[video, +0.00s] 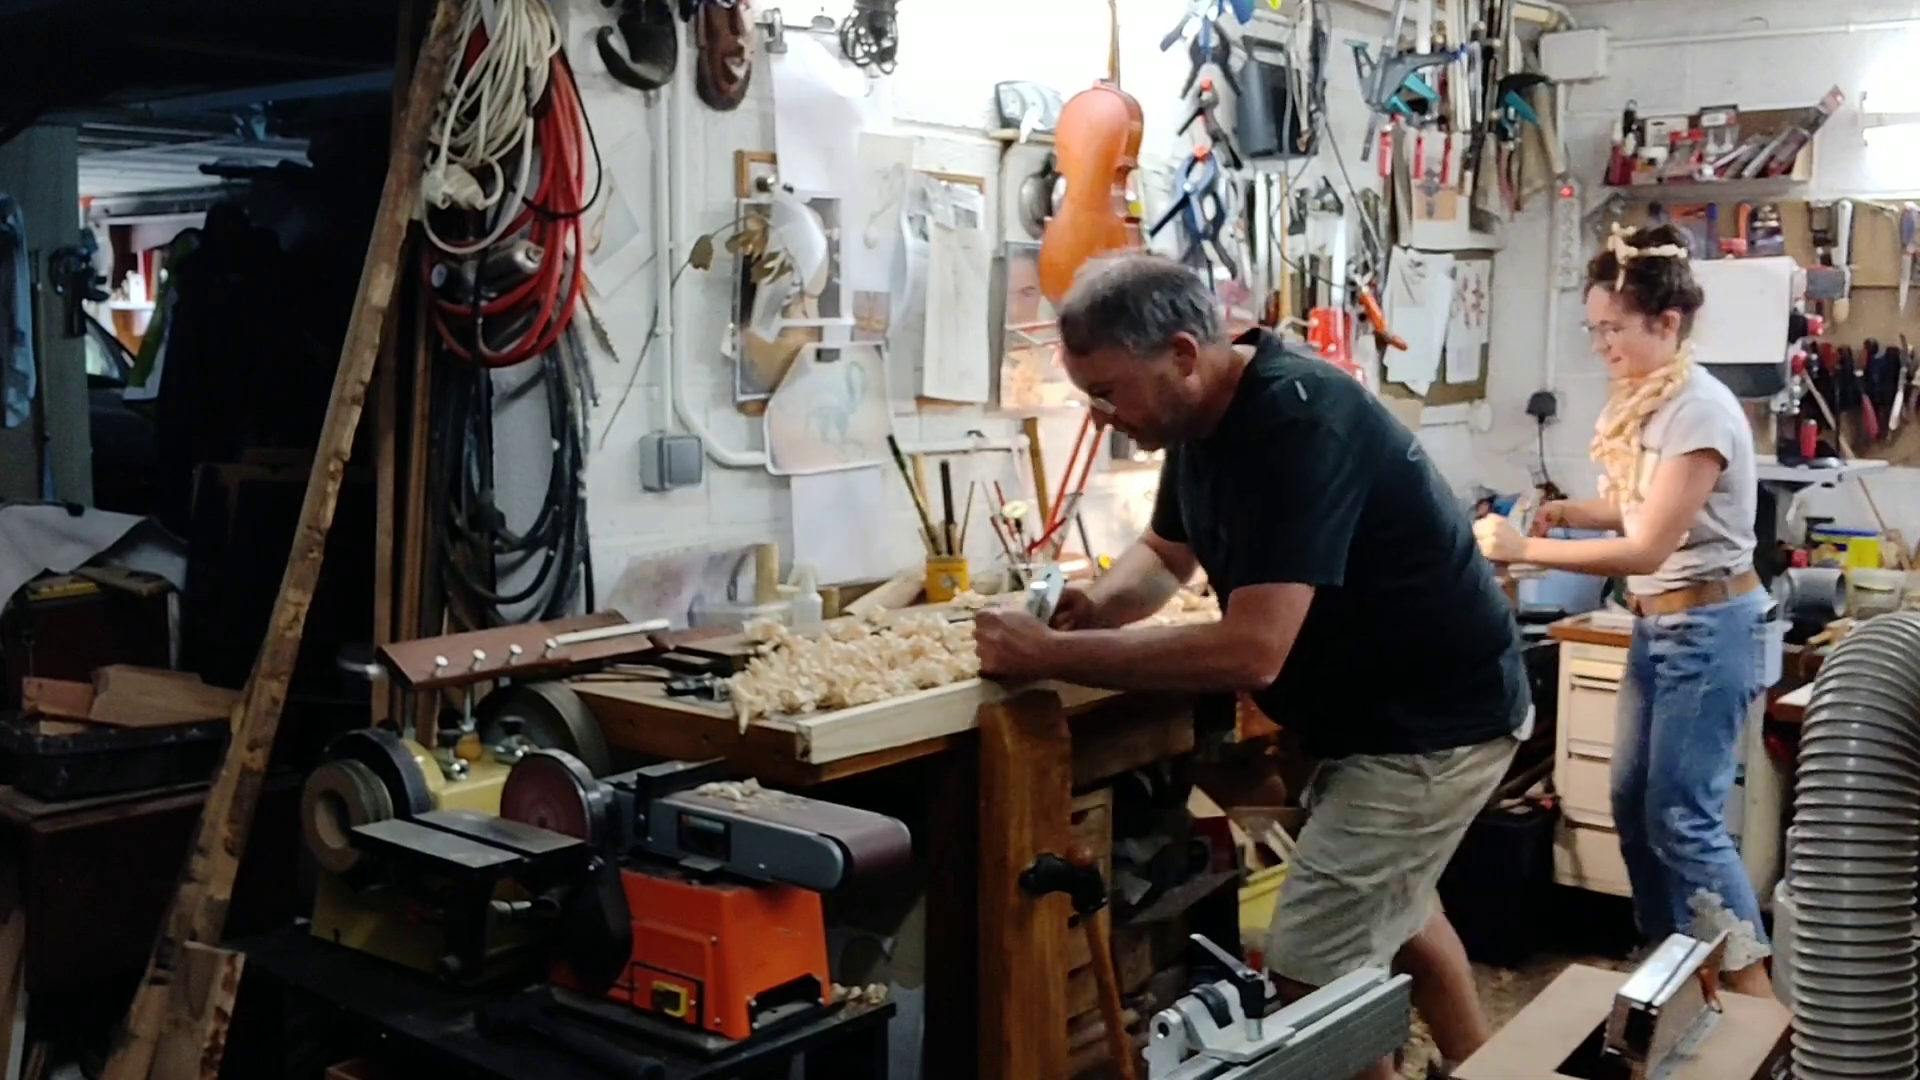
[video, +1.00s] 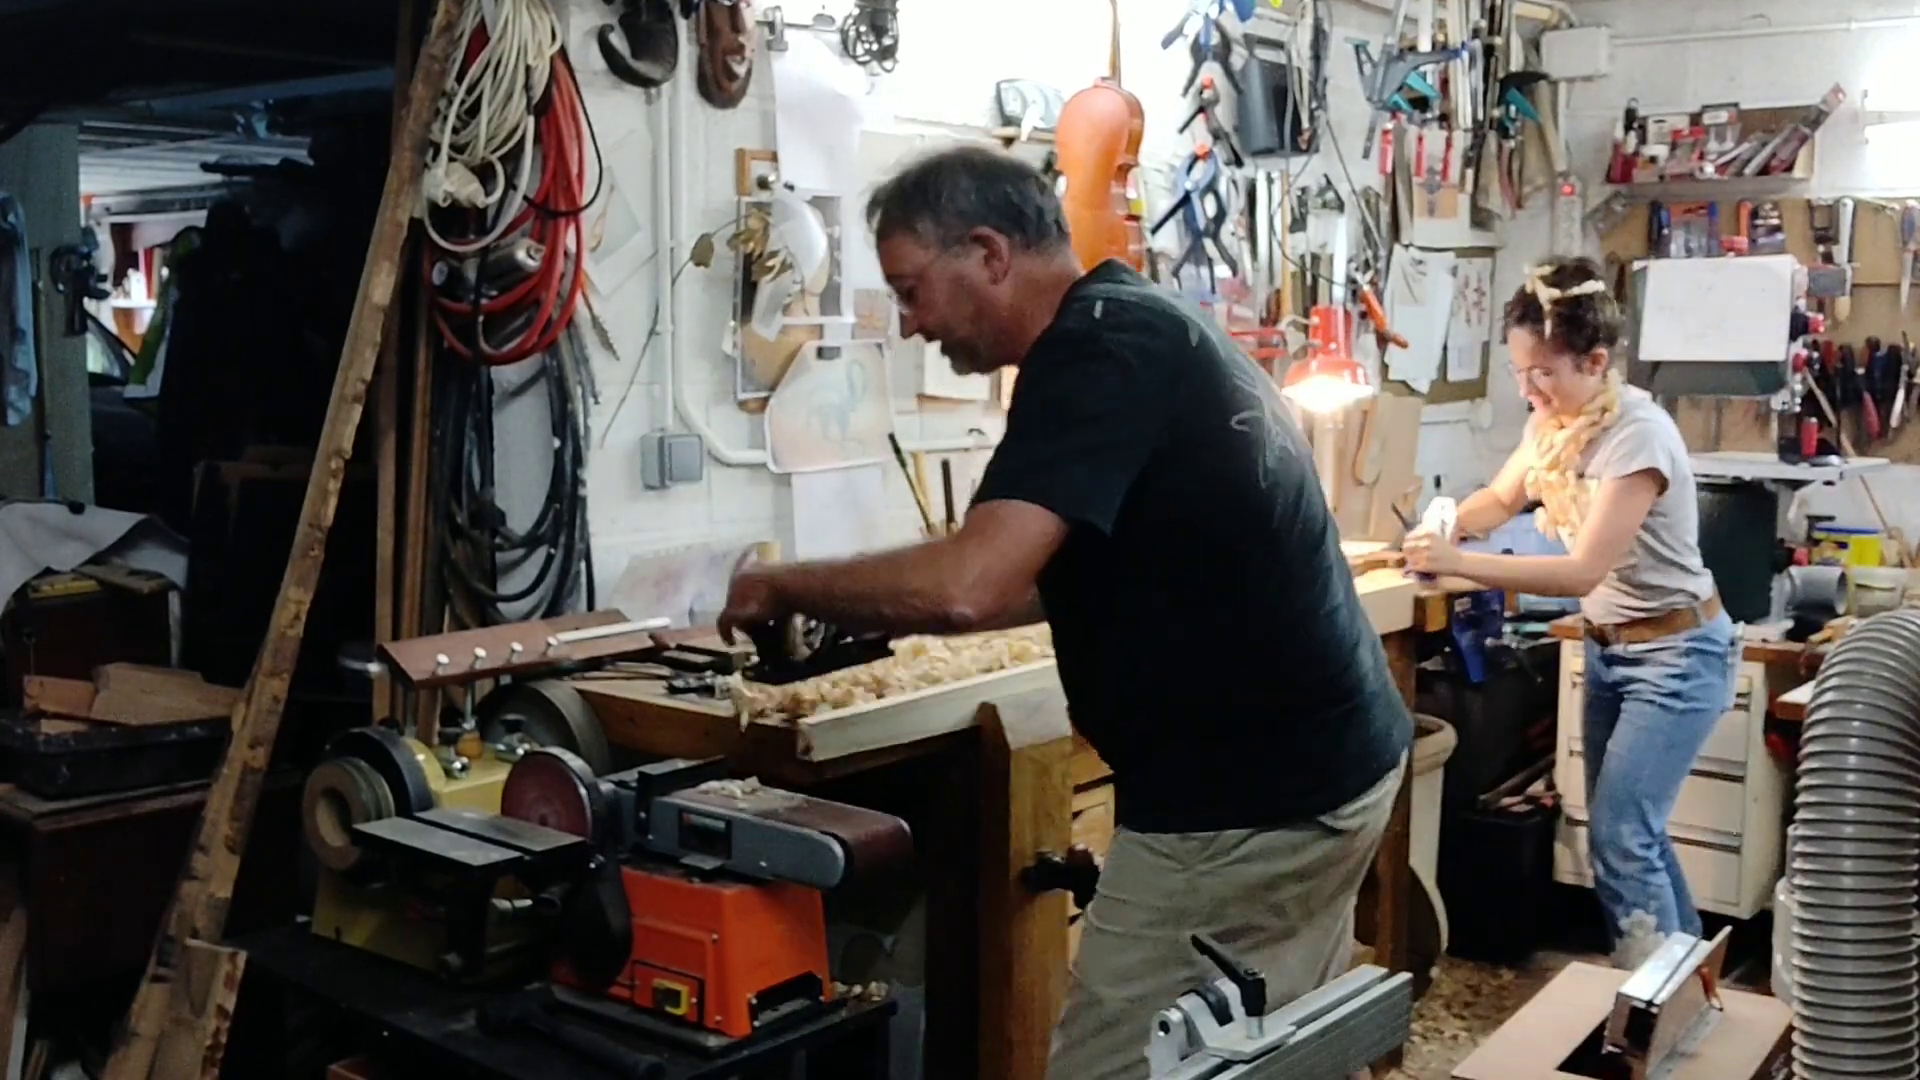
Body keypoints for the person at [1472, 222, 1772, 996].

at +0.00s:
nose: (1600, 345)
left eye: (1610, 328)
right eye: (1594, 330)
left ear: (1666, 321)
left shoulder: (1700, 409)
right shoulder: (1638, 406)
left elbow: (1646, 548)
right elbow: (1631, 510)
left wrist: (1523, 550)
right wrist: (1561, 510)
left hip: (1712, 628)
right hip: (1656, 625)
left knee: (1685, 818)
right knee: (1635, 805)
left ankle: (1749, 982)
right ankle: (1672, 963)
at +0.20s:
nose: (1577, 348)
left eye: (1589, 331)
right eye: (1570, 333)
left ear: (1642, 325)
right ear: (1568, 331)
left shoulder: (1680, 409)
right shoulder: (1601, 409)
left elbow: (1644, 552)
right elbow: (1601, 507)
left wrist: (1527, 549)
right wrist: (1535, 512)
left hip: (1695, 628)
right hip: (1626, 627)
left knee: (1645, 805)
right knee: (1624, 805)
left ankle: (1700, 984)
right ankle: (1669, 971)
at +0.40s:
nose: (1567, 355)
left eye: (1580, 338)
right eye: (1559, 340)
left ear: (1633, 334)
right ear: (1555, 336)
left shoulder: (1671, 414)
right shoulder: (1585, 410)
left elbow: (1636, 555)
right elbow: (1581, 491)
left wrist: (1521, 552)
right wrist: (1523, 510)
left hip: (1686, 636)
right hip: (1613, 632)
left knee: (1638, 811)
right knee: (1616, 807)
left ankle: (1665, 987)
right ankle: (1657, 973)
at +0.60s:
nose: (1556, 369)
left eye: (1570, 353)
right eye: (1547, 353)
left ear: (1623, 344)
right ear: (1539, 343)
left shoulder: (1660, 425)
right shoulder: (1579, 413)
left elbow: (1619, 565)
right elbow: (1565, 488)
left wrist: (1505, 554)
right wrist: (1504, 512)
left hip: (1677, 640)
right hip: (1616, 636)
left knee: (1618, 818)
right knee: (1631, 819)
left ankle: (1656, 992)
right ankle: (1680, 979)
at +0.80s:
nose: (1545, 377)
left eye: (1559, 361)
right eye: (1536, 360)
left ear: (1611, 350)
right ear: (1528, 346)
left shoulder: (1650, 429)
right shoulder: (1568, 417)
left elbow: (1605, 567)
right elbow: (1538, 489)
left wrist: (1489, 557)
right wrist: (1479, 518)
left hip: (1678, 647)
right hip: (1615, 643)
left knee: (1618, 828)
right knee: (1632, 825)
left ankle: (1659, 1000)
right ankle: (1685, 976)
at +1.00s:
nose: (1527, 389)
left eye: (1542, 374)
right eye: (1520, 372)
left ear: (1596, 361)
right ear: (1515, 354)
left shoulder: (1640, 436)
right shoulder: (1554, 423)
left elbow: (1581, 572)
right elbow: (1498, 504)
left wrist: (1456, 563)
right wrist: (1439, 534)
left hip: (1679, 651)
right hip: (1610, 651)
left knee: (1619, 833)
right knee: (1628, 830)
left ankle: (1659, 1001)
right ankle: (1687, 978)